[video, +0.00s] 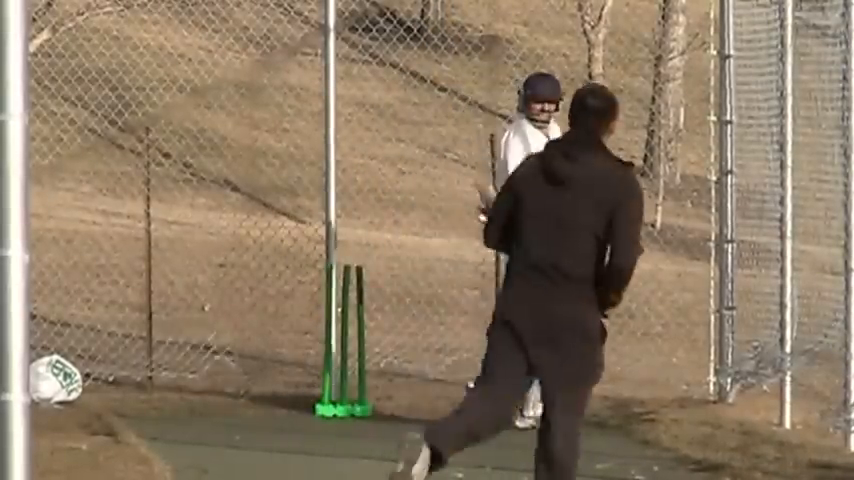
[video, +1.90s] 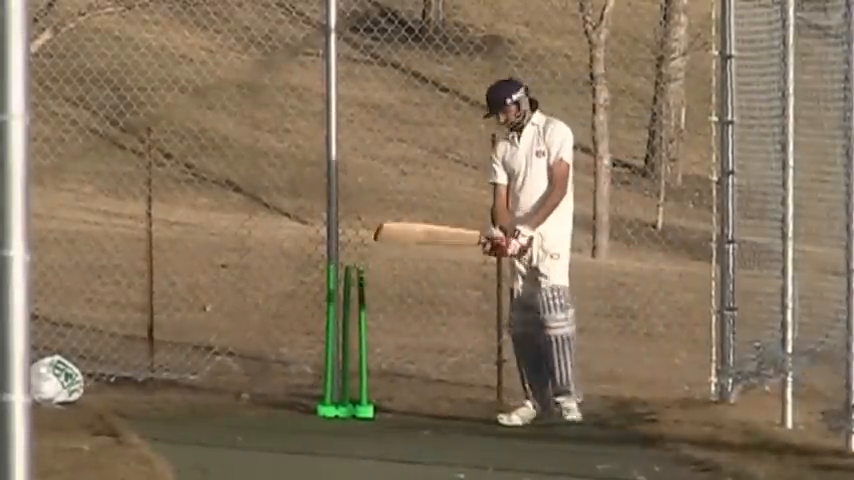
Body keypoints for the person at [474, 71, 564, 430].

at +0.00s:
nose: (543, 108)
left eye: (550, 102)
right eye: (536, 102)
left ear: (558, 105)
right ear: (522, 102)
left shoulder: (558, 134)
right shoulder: (514, 137)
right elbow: (510, 191)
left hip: (552, 242)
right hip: (520, 243)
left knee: (544, 321)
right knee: (517, 318)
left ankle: (534, 400)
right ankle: (489, 384)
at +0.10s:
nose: (545, 108)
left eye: (552, 102)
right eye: (539, 101)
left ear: (561, 104)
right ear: (527, 101)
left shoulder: (562, 130)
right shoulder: (518, 137)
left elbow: (564, 175)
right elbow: (523, 191)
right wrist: (535, 236)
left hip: (558, 231)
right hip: (529, 234)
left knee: (554, 308)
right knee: (532, 311)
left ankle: (547, 387)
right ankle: (526, 388)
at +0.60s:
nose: (569, 109)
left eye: (576, 102)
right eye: (563, 102)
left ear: (585, 103)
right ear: (550, 101)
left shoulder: (598, 131)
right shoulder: (533, 138)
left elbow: (616, 171)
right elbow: (516, 190)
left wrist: (607, 222)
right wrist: (510, 237)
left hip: (588, 240)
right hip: (549, 240)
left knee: (593, 318)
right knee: (552, 318)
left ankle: (584, 396)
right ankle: (534, 403)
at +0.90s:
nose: (597, 111)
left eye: (605, 105)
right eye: (591, 103)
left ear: (614, 107)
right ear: (579, 102)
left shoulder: (621, 141)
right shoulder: (557, 133)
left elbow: (637, 194)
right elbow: (531, 185)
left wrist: (651, 243)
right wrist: (509, 234)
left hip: (588, 244)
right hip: (548, 241)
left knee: (587, 322)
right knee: (546, 320)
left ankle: (581, 402)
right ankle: (546, 401)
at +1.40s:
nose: (574, 105)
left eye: (581, 99)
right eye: (568, 99)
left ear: (593, 101)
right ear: (559, 101)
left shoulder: (605, 139)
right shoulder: (551, 137)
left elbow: (603, 196)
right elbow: (543, 194)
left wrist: (602, 248)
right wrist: (520, 232)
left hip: (582, 248)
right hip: (545, 244)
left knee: (586, 322)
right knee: (523, 315)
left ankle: (582, 401)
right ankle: (532, 395)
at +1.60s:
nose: (558, 107)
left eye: (564, 100)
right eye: (550, 101)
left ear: (576, 99)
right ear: (542, 103)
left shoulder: (591, 135)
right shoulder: (535, 142)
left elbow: (587, 186)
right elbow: (527, 194)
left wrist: (564, 231)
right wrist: (519, 234)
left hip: (577, 247)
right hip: (537, 247)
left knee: (582, 320)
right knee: (525, 320)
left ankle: (582, 402)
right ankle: (539, 404)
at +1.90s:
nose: (507, 115)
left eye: (511, 107)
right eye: (501, 111)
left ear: (524, 101)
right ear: (497, 113)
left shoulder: (555, 131)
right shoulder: (502, 144)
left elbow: (558, 188)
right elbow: (501, 197)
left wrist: (526, 228)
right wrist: (501, 231)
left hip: (551, 243)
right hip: (518, 245)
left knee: (554, 318)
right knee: (521, 322)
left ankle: (565, 396)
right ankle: (537, 399)